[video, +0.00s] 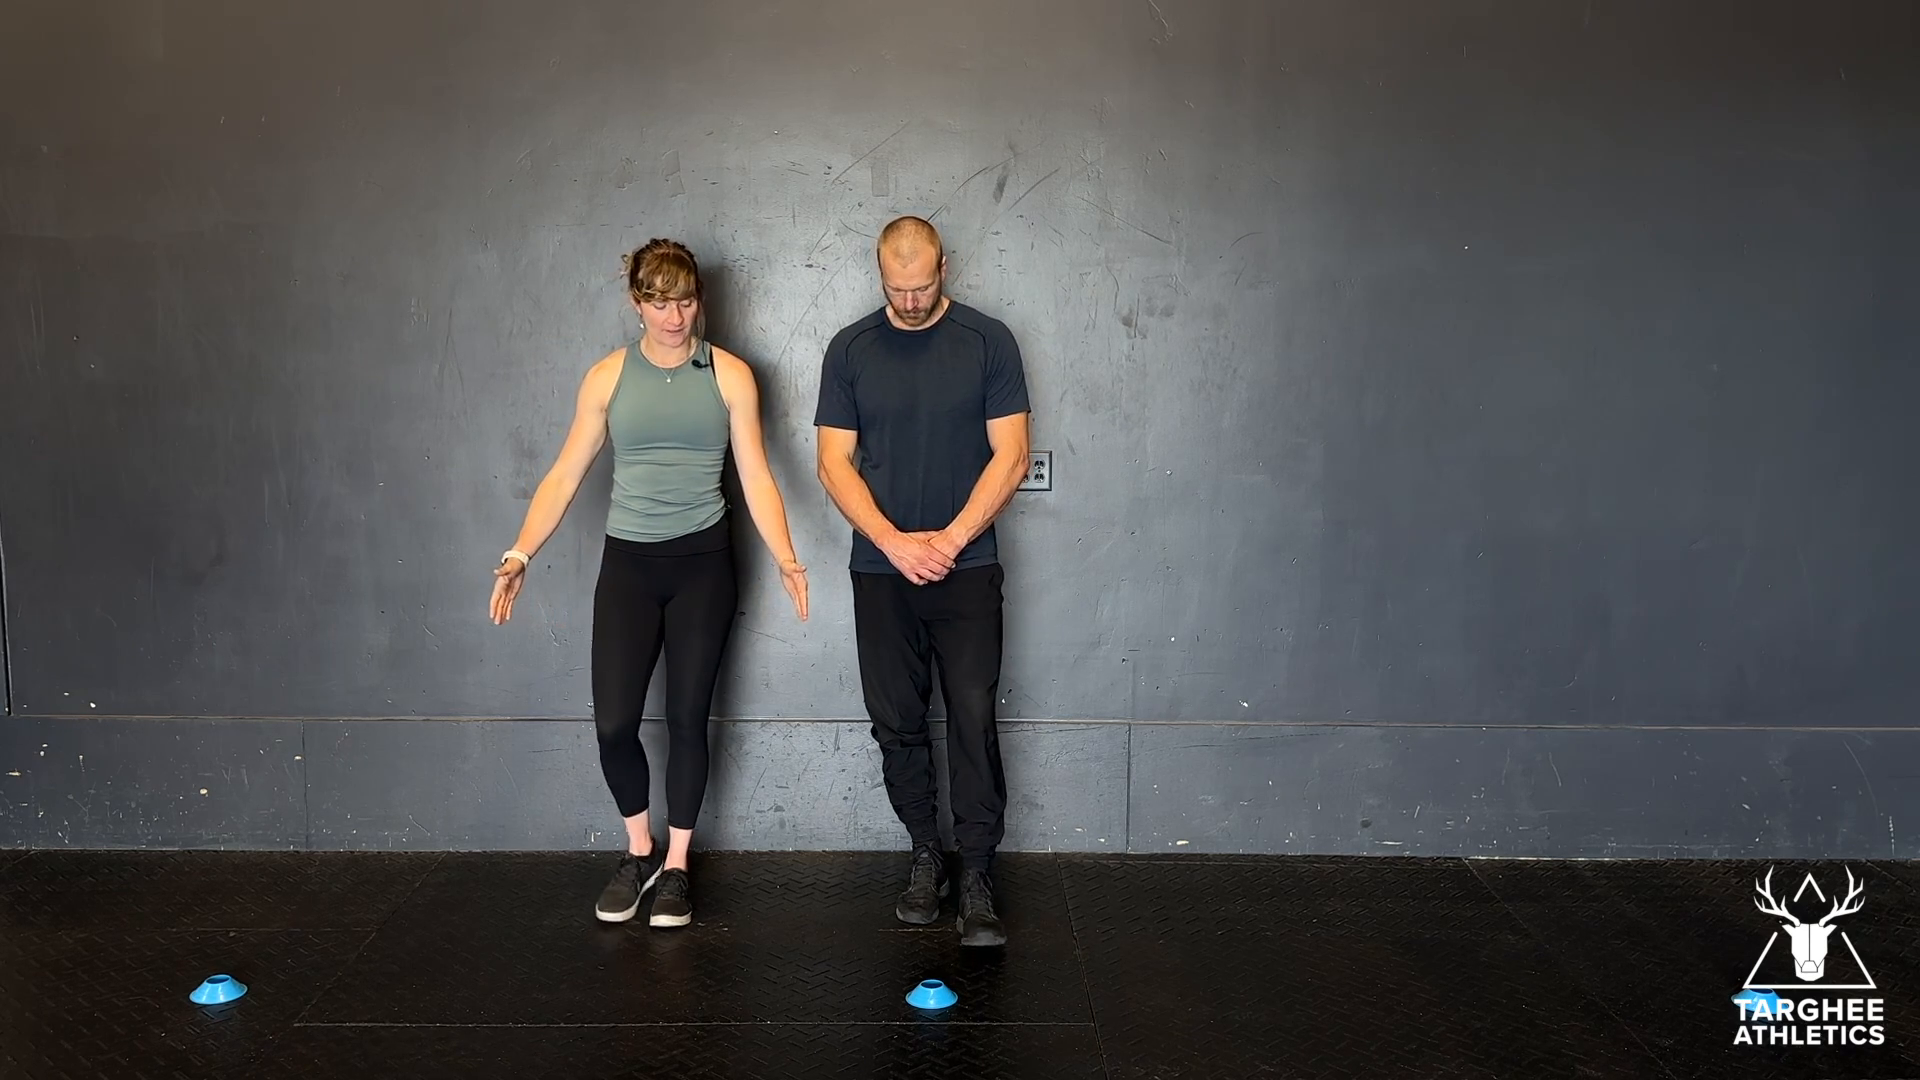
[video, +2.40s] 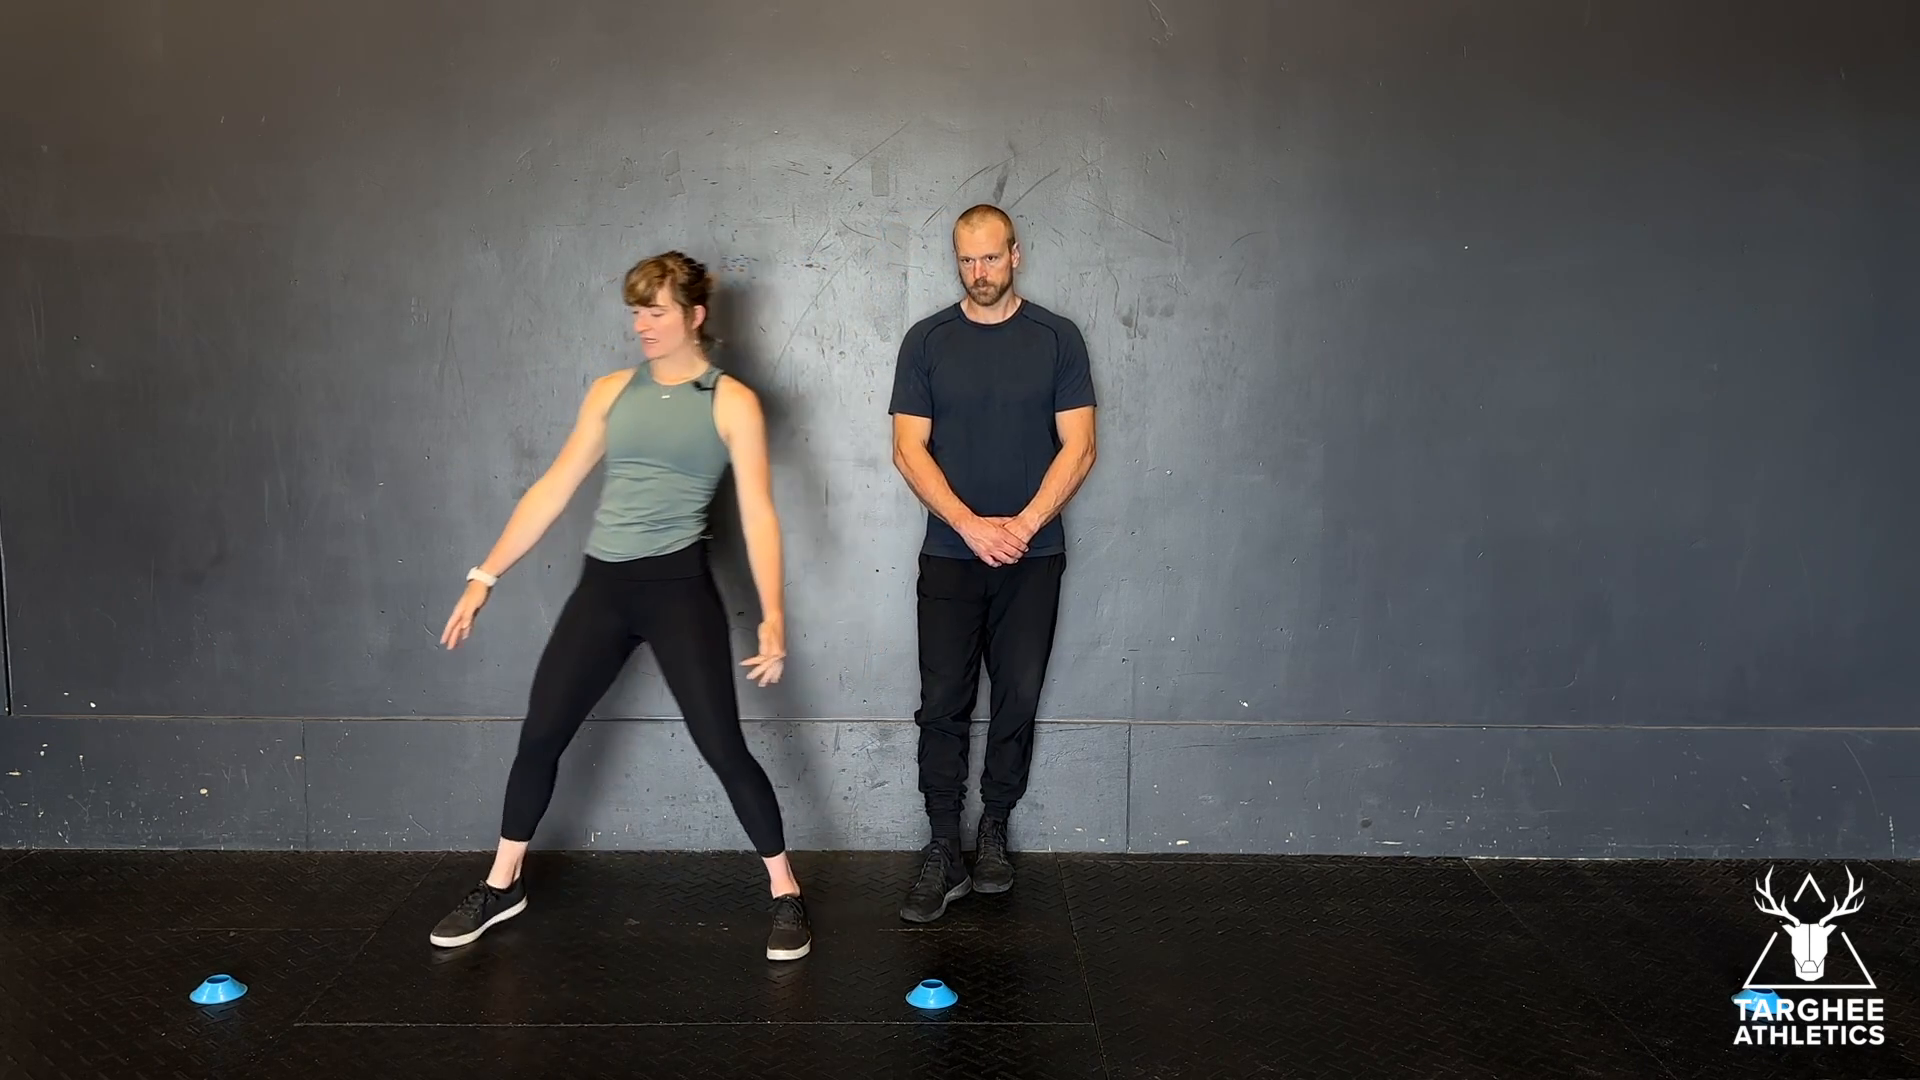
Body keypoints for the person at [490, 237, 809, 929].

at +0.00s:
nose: (675, 315)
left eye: (684, 300)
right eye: (660, 303)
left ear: (699, 301)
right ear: (636, 304)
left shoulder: (730, 376)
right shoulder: (608, 377)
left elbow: (754, 474)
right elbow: (565, 474)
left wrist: (786, 557)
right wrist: (518, 555)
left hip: (703, 562)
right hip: (626, 564)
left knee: (687, 716)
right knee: (615, 724)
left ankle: (676, 868)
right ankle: (642, 855)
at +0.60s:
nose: (690, 311)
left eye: (698, 297)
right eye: (674, 298)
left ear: (708, 300)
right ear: (645, 303)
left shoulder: (735, 378)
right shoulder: (611, 381)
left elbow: (755, 474)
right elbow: (581, 486)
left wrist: (788, 515)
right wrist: (592, 573)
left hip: (718, 568)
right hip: (639, 573)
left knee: (745, 724)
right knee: (639, 724)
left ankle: (780, 882)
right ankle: (636, 872)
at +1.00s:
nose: (747, 313)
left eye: (757, 299)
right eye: (732, 301)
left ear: (771, 302)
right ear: (708, 305)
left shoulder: (803, 380)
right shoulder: (680, 383)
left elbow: (826, 489)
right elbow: (663, 487)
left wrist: (856, 587)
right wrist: (662, 573)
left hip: (791, 570)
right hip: (710, 572)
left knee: (788, 733)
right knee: (675, 739)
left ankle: (795, 889)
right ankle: (660, 861)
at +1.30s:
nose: (773, 311)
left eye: (785, 297)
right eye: (759, 298)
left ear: (800, 300)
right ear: (738, 304)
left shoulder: (833, 381)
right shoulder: (707, 383)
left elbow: (852, 494)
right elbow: (685, 488)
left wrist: (881, 595)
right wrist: (673, 587)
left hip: (815, 574)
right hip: (735, 577)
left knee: (803, 731)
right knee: (735, 730)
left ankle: (796, 889)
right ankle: (764, 853)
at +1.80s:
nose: (751, 311)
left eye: (765, 298)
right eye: (747, 298)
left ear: (805, 302)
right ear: (746, 304)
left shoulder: (847, 388)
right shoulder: (727, 373)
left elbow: (864, 504)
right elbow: (688, 476)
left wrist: (876, 600)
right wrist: (647, 564)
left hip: (805, 574)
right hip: (725, 572)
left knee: (794, 737)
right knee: (676, 724)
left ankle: (793, 891)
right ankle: (671, 886)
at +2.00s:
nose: (735, 308)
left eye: (748, 296)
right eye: (731, 296)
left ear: (790, 299)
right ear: (734, 303)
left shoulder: (833, 388)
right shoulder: (715, 376)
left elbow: (852, 502)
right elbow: (655, 473)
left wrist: (866, 603)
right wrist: (586, 558)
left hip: (786, 574)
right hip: (710, 572)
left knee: (788, 736)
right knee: (639, 716)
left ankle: (794, 892)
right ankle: (580, 872)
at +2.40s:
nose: (640, 323)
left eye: (654, 311)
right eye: (636, 312)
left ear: (695, 315)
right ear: (635, 319)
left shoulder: (731, 402)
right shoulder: (615, 391)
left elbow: (759, 515)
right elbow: (553, 488)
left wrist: (773, 616)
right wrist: (483, 576)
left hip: (680, 588)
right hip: (602, 587)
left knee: (723, 746)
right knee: (540, 734)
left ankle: (785, 892)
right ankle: (502, 885)